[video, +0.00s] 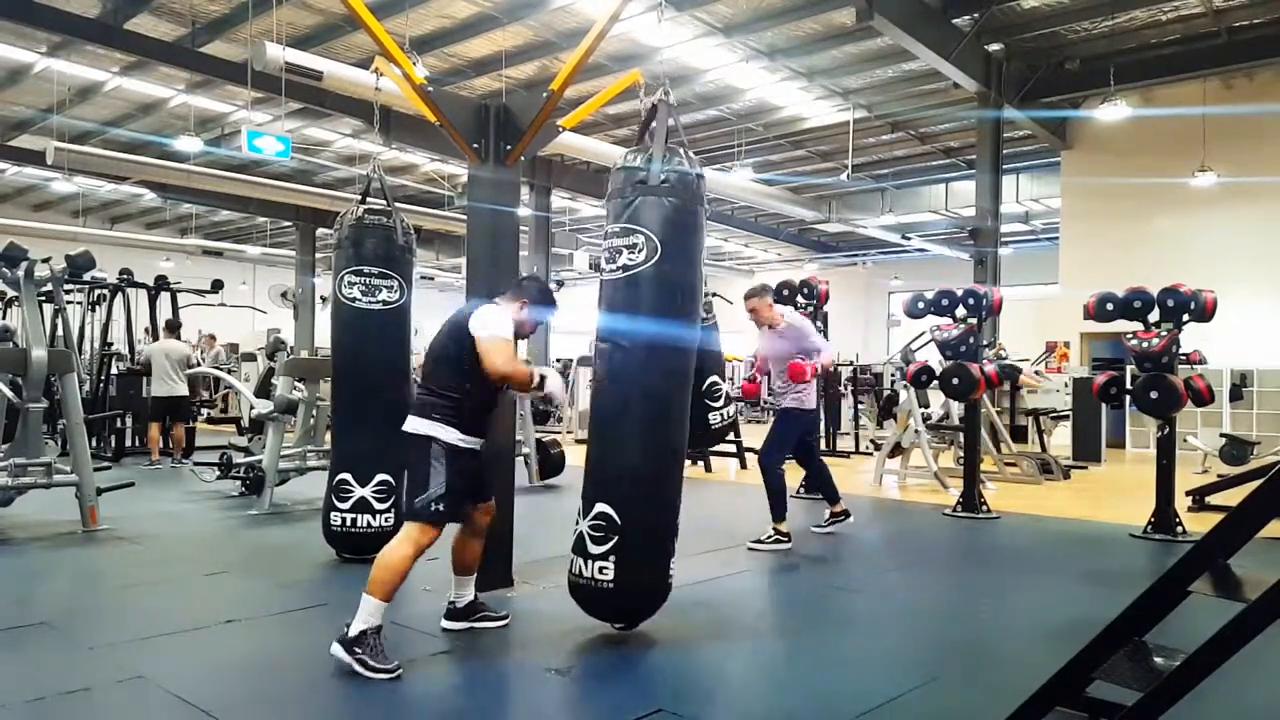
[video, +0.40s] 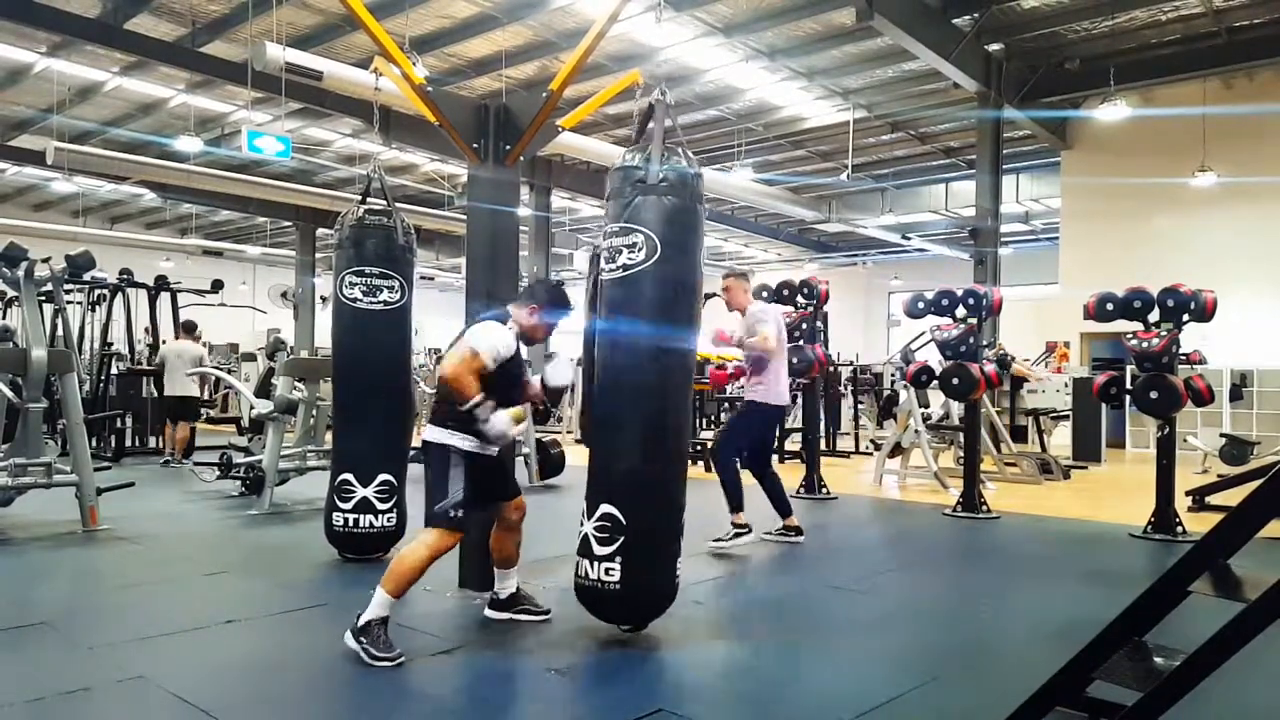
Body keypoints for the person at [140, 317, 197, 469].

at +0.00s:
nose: (165, 332)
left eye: (165, 329)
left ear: (164, 330)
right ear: (178, 331)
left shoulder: (153, 347)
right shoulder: (184, 348)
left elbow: (143, 363)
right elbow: (192, 364)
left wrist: (155, 367)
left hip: (159, 392)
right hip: (180, 391)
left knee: (155, 424)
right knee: (178, 424)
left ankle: (155, 458)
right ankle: (177, 457)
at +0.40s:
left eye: (181, 330)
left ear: (180, 330)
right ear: (195, 333)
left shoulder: (166, 347)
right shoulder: (200, 350)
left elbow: (158, 366)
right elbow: (205, 374)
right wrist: (203, 391)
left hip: (170, 392)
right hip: (190, 392)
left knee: (170, 424)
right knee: (184, 425)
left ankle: (167, 454)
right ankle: (178, 457)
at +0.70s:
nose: (195, 337)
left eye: (188, 333)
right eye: (198, 334)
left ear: (186, 333)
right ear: (200, 334)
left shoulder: (175, 350)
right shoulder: (206, 351)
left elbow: (165, 367)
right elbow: (214, 368)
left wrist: (176, 375)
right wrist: (207, 380)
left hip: (180, 391)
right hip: (198, 391)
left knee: (184, 423)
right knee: (191, 424)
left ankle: (192, 452)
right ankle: (179, 455)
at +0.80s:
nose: (195, 335)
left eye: (188, 332)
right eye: (198, 333)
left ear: (186, 333)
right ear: (201, 333)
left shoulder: (175, 351)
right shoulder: (207, 350)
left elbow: (168, 370)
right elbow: (215, 368)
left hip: (184, 392)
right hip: (202, 391)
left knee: (187, 424)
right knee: (198, 422)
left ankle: (194, 452)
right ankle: (184, 451)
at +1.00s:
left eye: (191, 332)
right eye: (201, 333)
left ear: (188, 333)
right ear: (203, 333)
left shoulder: (179, 352)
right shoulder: (210, 349)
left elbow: (175, 373)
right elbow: (219, 369)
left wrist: (178, 389)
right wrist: (219, 386)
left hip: (188, 392)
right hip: (206, 392)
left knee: (191, 423)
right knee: (212, 421)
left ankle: (194, 450)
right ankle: (196, 444)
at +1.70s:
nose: (214, 337)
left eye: (214, 335)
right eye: (217, 335)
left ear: (215, 335)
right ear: (228, 336)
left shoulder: (206, 350)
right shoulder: (235, 352)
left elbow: (194, 369)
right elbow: (243, 374)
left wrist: (190, 386)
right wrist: (242, 389)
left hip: (211, 393)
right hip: (229, 393)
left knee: (212, 422)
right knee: (228, 422)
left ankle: (212, 447)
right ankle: (225, 449)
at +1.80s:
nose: (215, 337)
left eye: (216, 335)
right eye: (217, 335)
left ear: (217, 335)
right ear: (229, 337)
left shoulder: (208, 350)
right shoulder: (236, 352)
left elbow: (198, 368)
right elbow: (243, 374)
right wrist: (240, 387)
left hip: (212, 392)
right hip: (229, 392)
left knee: (212, 422)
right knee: (228, 420)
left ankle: (215, 448)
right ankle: (225, 448)